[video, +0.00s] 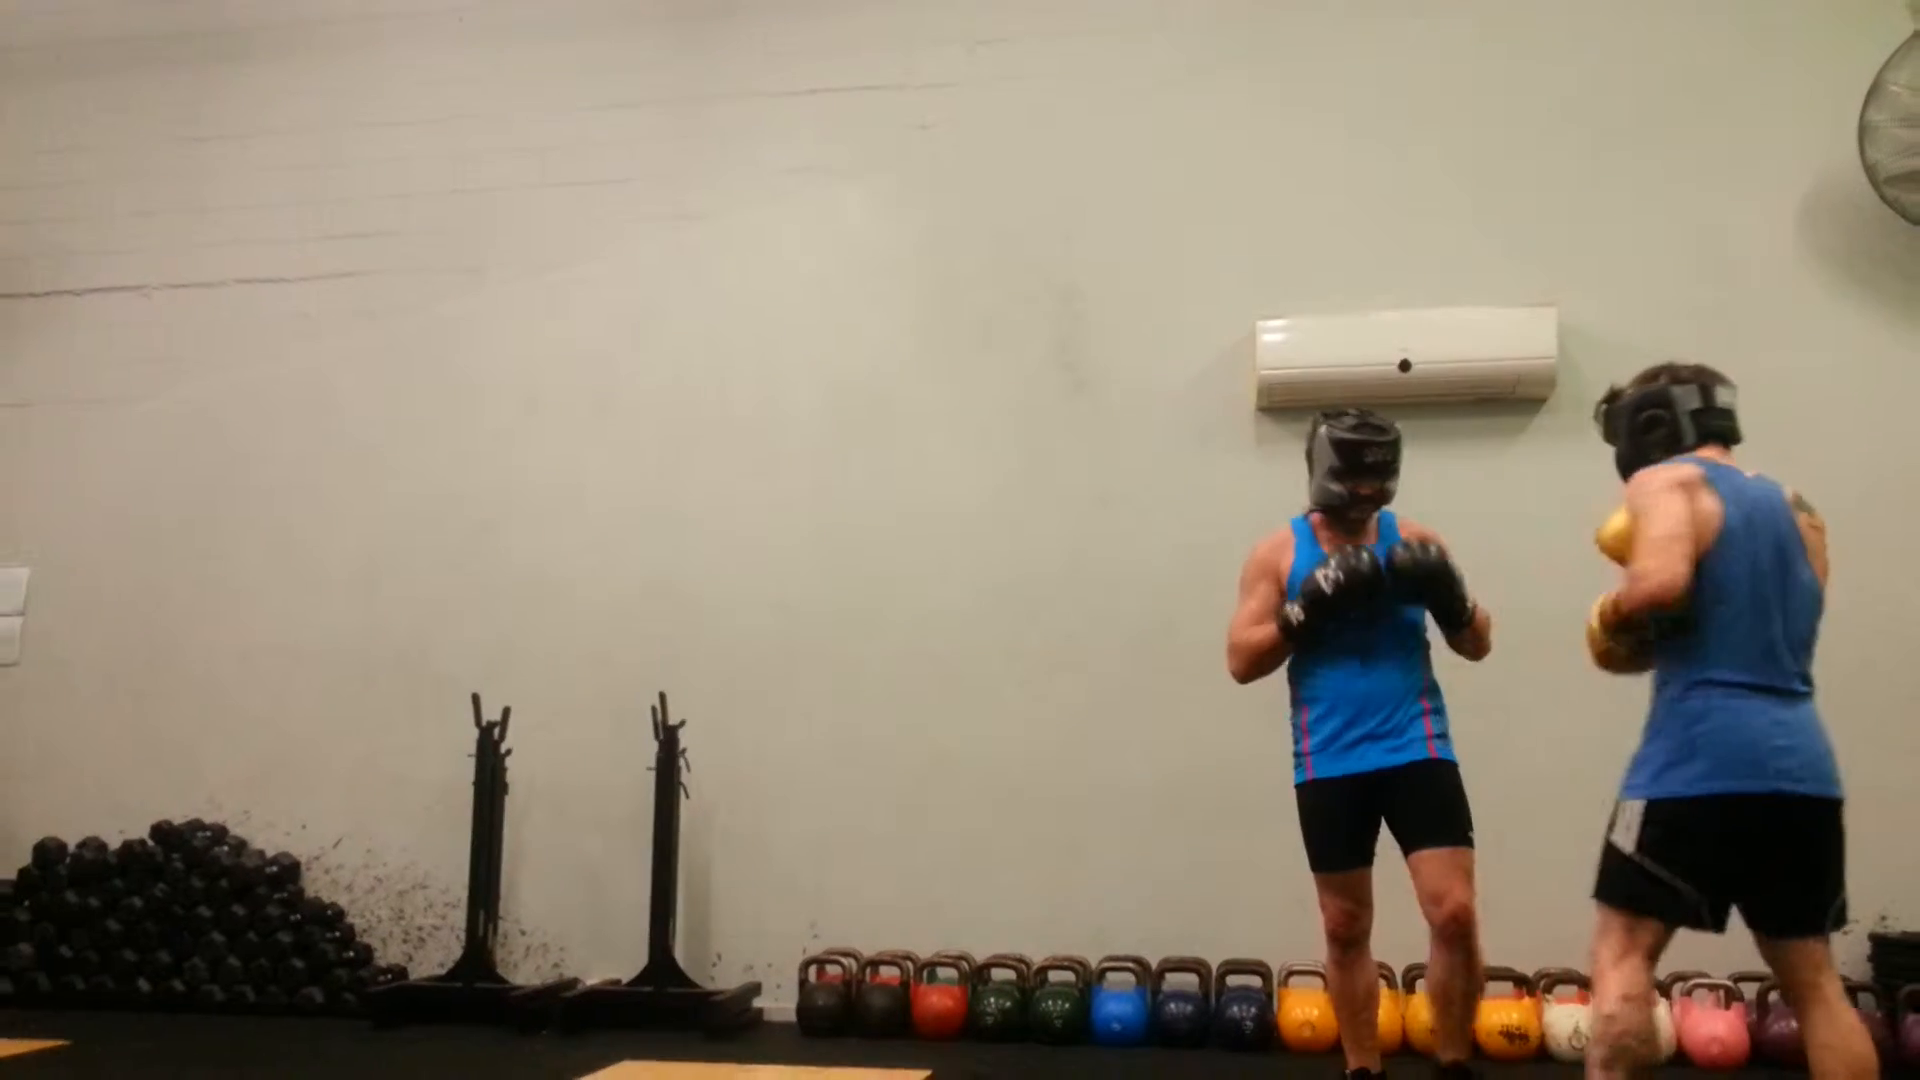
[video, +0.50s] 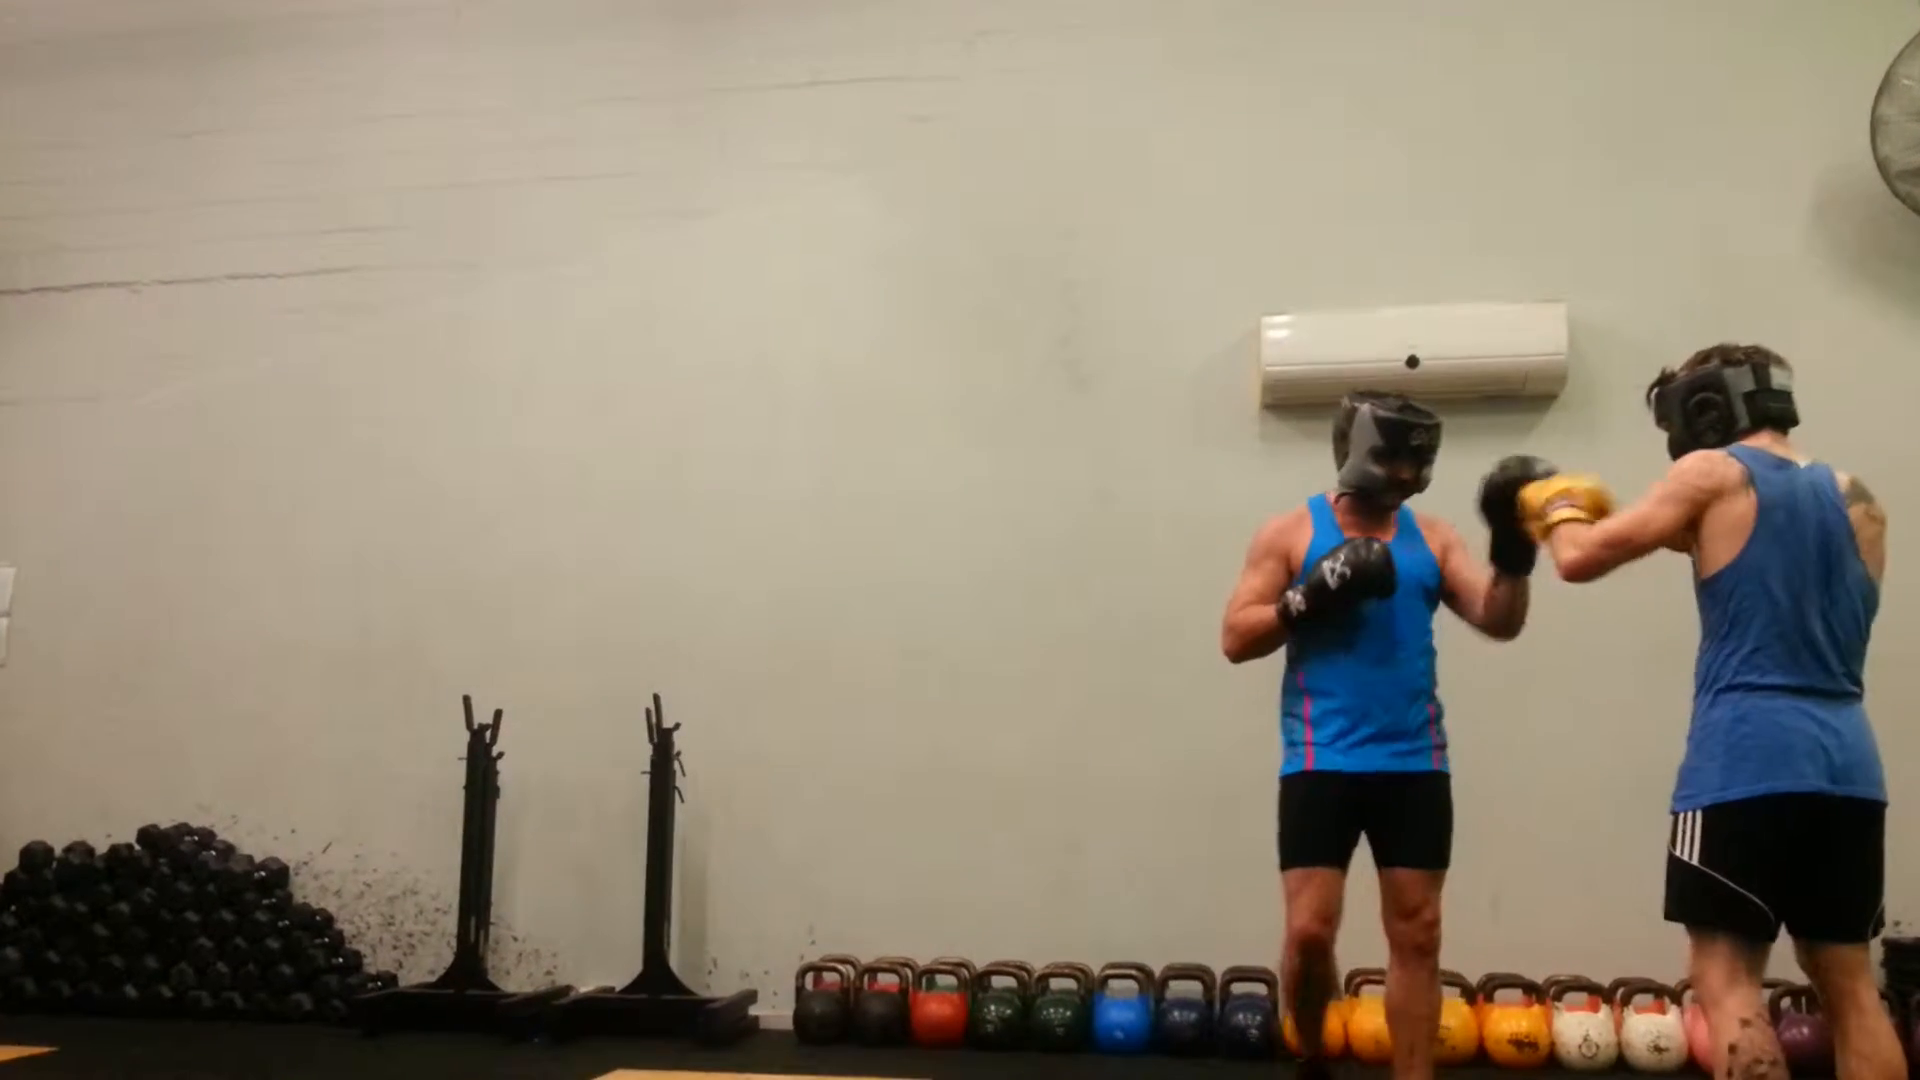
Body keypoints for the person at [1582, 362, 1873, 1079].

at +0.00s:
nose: (1623, 462)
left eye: (1624, 446)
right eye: (1619, 449)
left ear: (1651, 434)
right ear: (1720, 430)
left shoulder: (1663, 482)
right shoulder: (1800, 512)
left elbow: (1661, 579)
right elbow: (1796, 614)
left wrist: (1612, 614)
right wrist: (1670, 621)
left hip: (1694, 768)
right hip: (1801, 773)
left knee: (1624, 955)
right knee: (1814, 977)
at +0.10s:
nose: (1644, 469)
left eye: (1644, 452)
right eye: (1642, 455)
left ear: (1668, 434)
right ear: (1733, 429)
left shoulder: (1698, 477)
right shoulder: (1812, 508)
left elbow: (1682, 576)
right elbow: (1801, 606)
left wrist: (1623, 584)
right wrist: (1682, 543)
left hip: (1717, 762)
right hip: (1818, 770)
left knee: (1645, 957)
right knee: (1826, 976)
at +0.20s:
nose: (1659, 453)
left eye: (1661, 434)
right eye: (1655, 436)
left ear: (1693, 424)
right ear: (1754, 420)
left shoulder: (1717, 475)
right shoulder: (1829, 508)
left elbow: (1669, 577)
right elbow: (1779, 583)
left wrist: (1617, 551)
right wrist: (1683, 524)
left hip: (1734, 761)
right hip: (1834, 766)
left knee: (1669, 961)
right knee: (1835, 978)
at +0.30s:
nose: (1671, 450)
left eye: (1673, 435)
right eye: (1668, 437)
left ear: (1704, 421)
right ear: (1767, 416)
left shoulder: (1721, 475)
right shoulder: (1847, 509)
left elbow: (1634, 574)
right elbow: (1778, 579)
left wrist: (1600, 524)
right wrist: (1678, 524)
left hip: (1741, 766)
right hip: (1843, 769)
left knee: (1698, 971)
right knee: (1840, 979)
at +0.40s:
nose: (1678, 443)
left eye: (1680, 429)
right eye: (1675, 431)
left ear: (1707, 419)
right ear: (1777, 413)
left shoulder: (1717, 474)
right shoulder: (1856, 505)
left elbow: (1604, 568)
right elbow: (1782, 575)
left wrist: (1589, 510)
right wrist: (1670, 520)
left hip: (1743, 769)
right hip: (1848, 772)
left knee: (1723, 984)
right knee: (1848, 982)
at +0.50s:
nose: (1678, 442)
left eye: (1680, 426)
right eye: (1675, 429)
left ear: (1710, 415)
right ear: (1781, 412)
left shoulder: (1711, 472)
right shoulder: (1859, 504)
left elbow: (1576, 556)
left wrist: (1561, 504)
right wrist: (1695, 524)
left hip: (1742, 769)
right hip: (1850, 772)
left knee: (1725, 977)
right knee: (1848, 976)